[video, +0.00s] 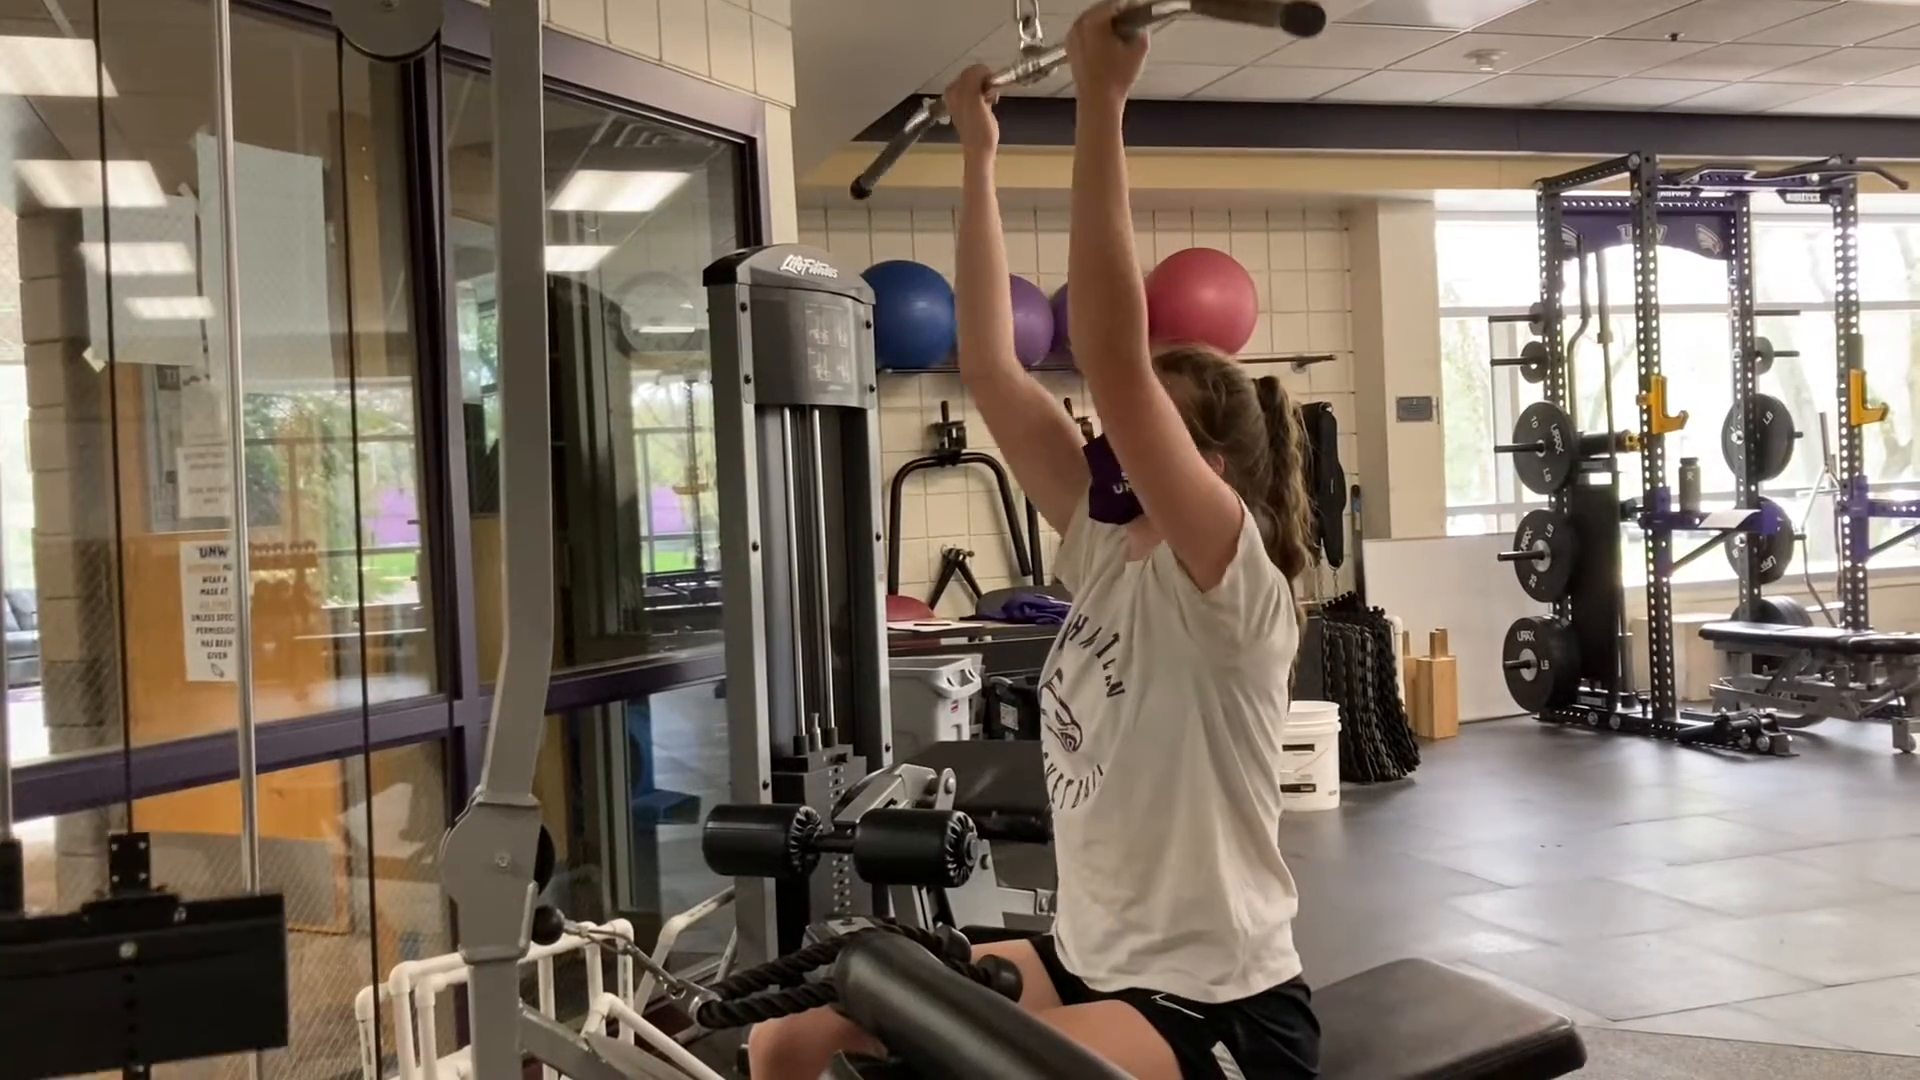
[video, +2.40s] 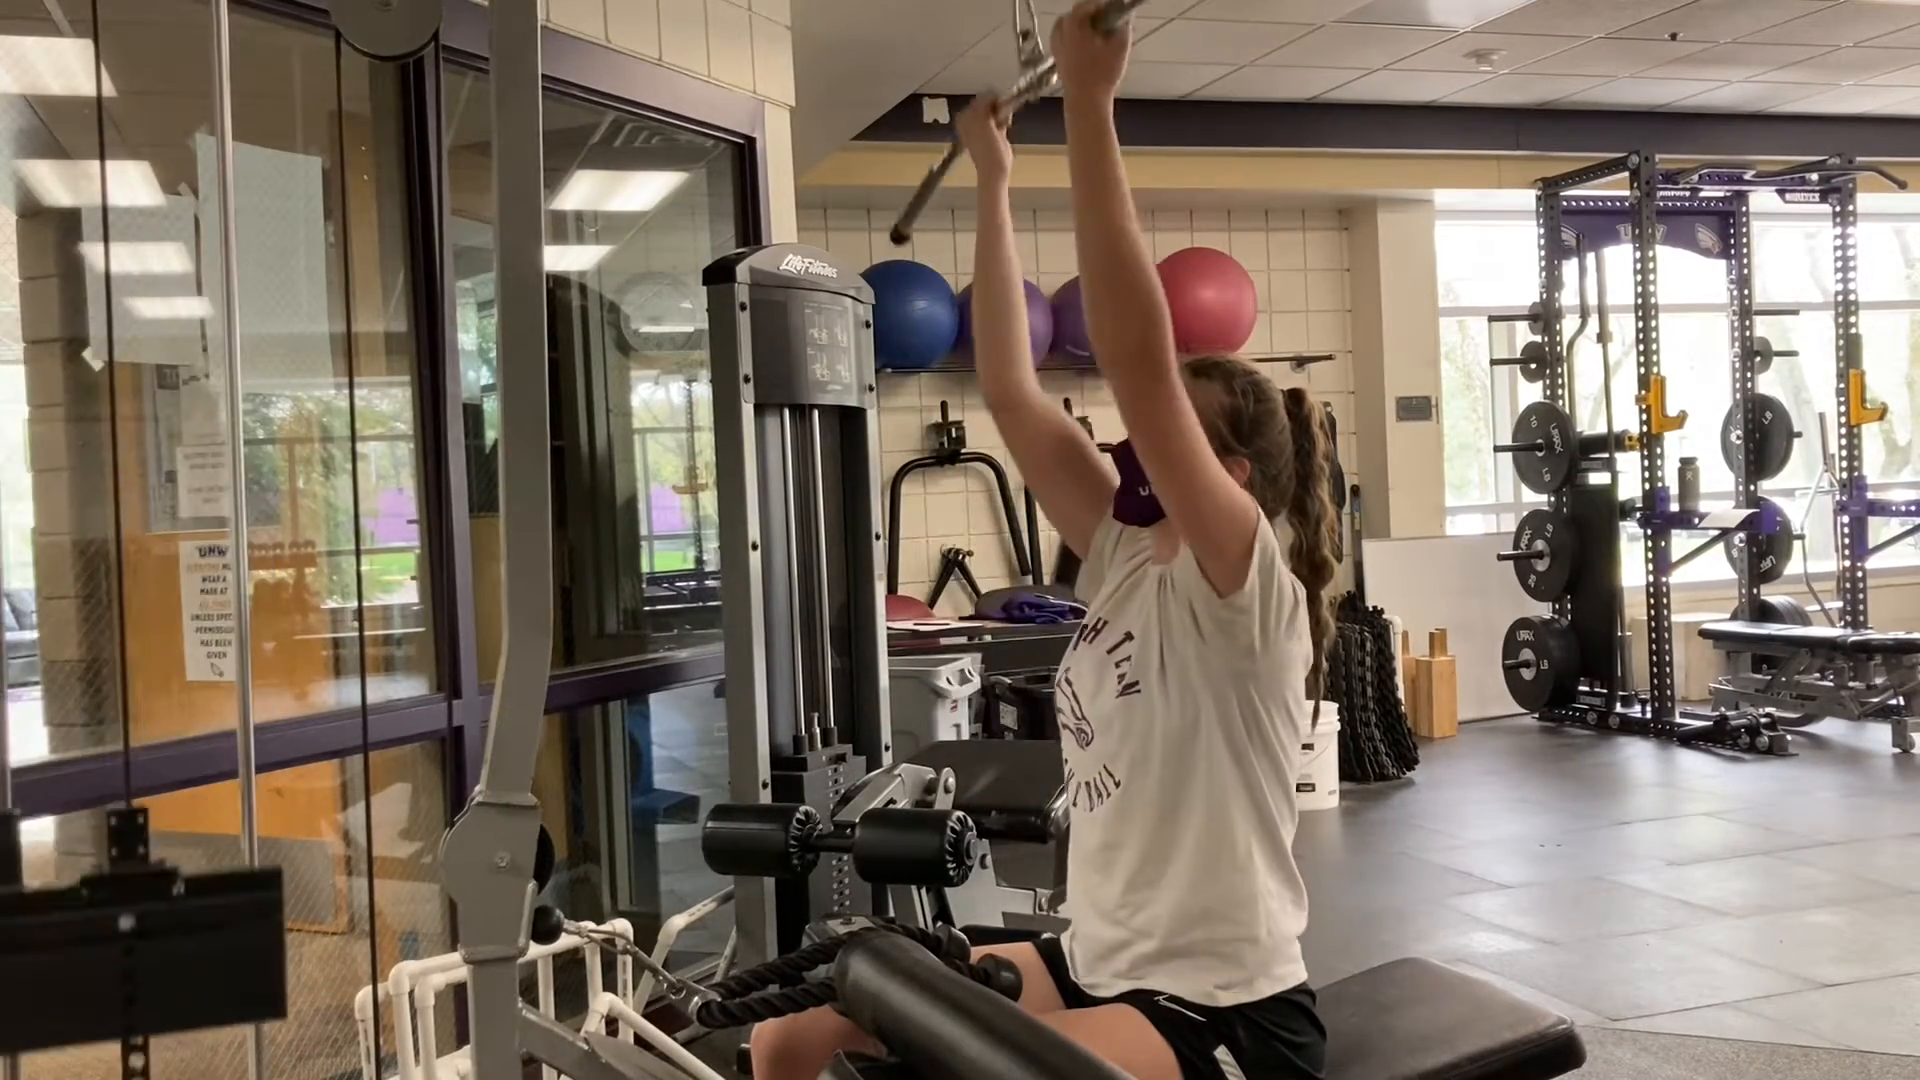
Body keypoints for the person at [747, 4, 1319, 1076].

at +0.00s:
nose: (1106, 437)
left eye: (1128, 411)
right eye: (1107, 419)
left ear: (1205, 450)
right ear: (1121, 440)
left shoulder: (1237, 583)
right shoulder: (1099, 542)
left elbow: (1116, 358)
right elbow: (990, 364)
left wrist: (1100, 100)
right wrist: (976, 152)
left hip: (1218, 1010)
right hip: (1088, 972)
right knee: (790, 1044)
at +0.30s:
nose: (1110, 460)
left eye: (1136, 448)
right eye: (1110, 440)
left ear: (1209, 476)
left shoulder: (1240, 587)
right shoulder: (1100, 565)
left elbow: (1068, 466)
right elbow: (943, 473)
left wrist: (1096, 231)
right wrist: (969, 278)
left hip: (1221, 1005)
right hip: (1093, 962)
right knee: (788, 1040)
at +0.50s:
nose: (1114, 461)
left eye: (1146, 445)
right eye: (1119, 438)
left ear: (1218, 473)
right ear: (1103, 447)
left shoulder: (1259, 603)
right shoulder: (1108, 572)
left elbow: (1077, 597)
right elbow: (936, 585)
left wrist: (1106, 369)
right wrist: (968, 396)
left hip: (1225, 1007)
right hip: (1088, 963)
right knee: (789, 1040)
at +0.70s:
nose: (1111, 455)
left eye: (1140, 440)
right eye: (1117, 436)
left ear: (1223, 472)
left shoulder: (1263, 612)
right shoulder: (1107, 616)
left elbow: (1113, 774)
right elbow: (974, 730)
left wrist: (1109, 542)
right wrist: (984, 542)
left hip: (1219, 1000)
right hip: (1086, 963)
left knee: (971, 1065)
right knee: (788, 1044)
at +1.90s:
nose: (1120, 466)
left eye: (1151, 449)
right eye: (1127, 447)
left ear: (1228, 481)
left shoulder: (1258, 610)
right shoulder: (1114, 593)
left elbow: (1080, 641)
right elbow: (940, 625)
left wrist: (1072, 400)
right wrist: (973, 436)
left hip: (1223, 1008)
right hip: (1085, 968)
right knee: (788, 1042)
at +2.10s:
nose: (1123, 460)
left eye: (1154, 449)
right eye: (1125, 438)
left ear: (1229, 481)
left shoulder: (1259, 605)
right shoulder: (1105, 575)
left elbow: (1082, 492)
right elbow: (956, 506)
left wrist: (1069, 251)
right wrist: (978, 304)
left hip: (1222, 1010)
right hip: (1089, 966)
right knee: (787, 1041)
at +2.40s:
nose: (1137, 447)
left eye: (1168, 427)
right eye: (1145, 428)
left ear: (1235, 462)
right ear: (1161, 448)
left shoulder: (1252, 578)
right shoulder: (1118, 551)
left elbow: (1140, 356)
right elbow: (1011, 387)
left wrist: (1090, 99)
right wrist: (991, 174)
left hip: (1222, 1011)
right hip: (1094, 968)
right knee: (792, 1036)